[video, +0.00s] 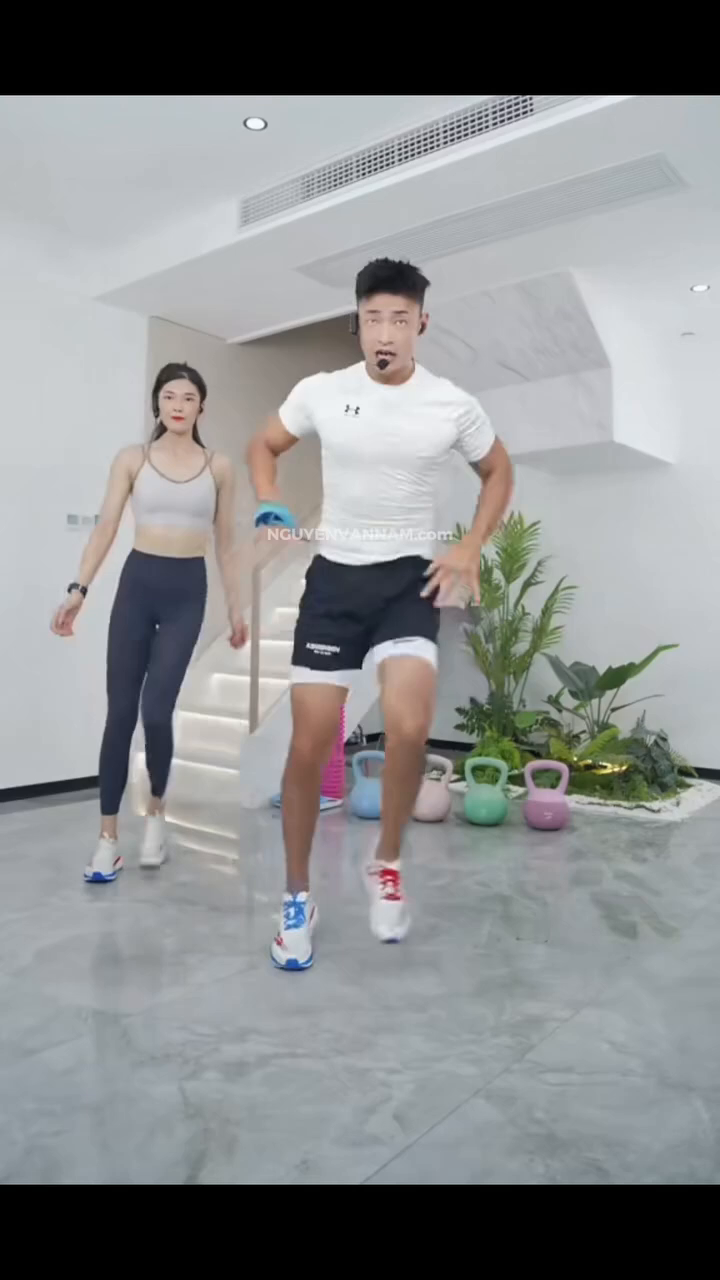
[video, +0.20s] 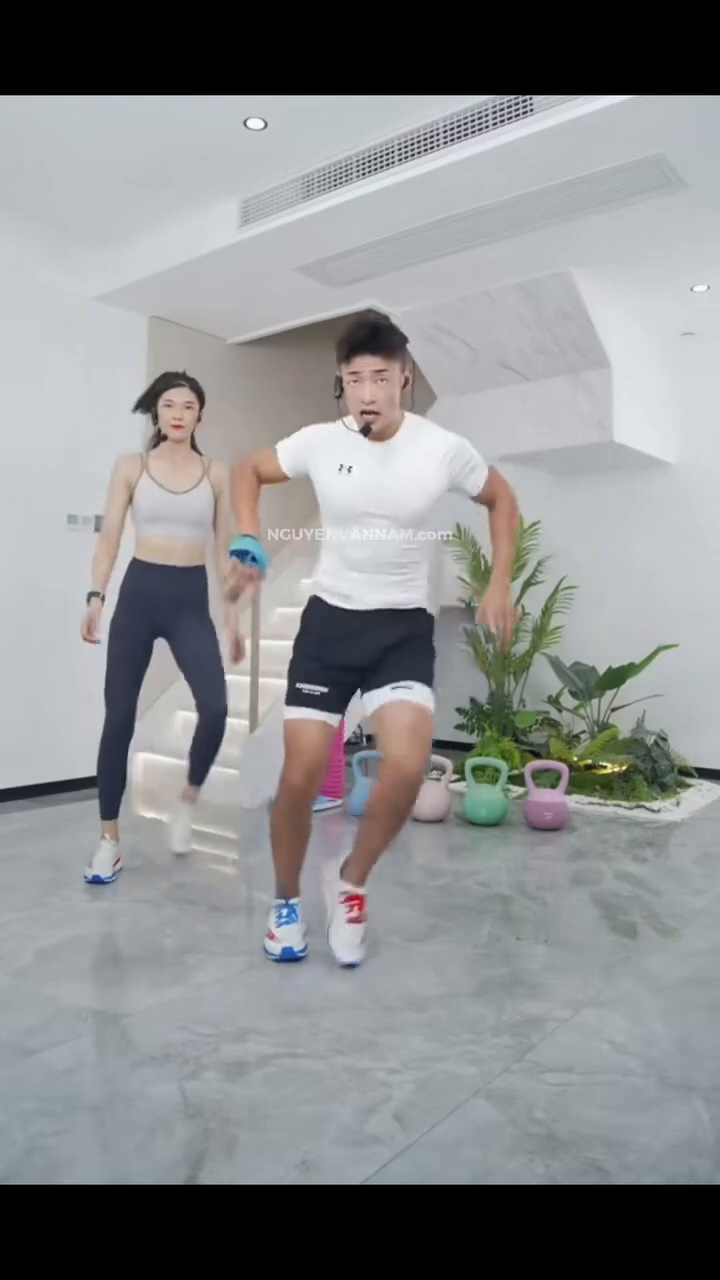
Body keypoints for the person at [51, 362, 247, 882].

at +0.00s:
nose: (179, 405)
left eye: (188, 398)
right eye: (170, 396)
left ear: (202, 406)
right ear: (157, 404)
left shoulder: (218, 467)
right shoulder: (133, 459)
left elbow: (226, 544)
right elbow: (106, 529)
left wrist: (236, 610)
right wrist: (79, 591)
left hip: (188, 594)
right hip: (135, 590)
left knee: (156, 713)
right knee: (121, 714)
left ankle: (155, 813)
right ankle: (108, 835)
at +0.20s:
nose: (180, 413)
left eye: (188, 406)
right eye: (171, 405)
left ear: (200, 415)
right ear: (156, 412)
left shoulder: (215, 473)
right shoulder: (131, 467)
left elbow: (224, 552)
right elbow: (109, 538)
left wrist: (232, 622)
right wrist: (96, 597)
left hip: (193, 601)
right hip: (138, 598)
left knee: (215, 710)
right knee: (119, 717)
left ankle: (187, 800)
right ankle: (109, 835)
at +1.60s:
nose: (176, 402)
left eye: (185, 395)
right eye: (168, 394)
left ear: (197, 404)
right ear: (153, 402)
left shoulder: (212, 459)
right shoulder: (129, 450)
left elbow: (252, 503)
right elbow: (67, 481)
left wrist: (210, 536)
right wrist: (110, 523)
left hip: (186, 586)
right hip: (134, 583)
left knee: (190, 705)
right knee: (112, 706)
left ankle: (190, 800)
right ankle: (92, 823)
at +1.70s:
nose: (171, 402)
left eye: (180, 395)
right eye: (163, 393)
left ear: (192, 402)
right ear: (146, 398)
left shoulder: (208, 456)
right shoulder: (125, 450)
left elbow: (255, 498)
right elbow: (59, 480)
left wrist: (212, 535)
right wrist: (99, 525)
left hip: (182, 585)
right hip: (132, 579)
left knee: (149, 706)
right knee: (109, 704)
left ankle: (135, 816)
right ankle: (90, 822)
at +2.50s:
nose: (270, 415)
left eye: (274, 406)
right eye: (261, 406)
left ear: (277, 410)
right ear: (235, 407)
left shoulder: (286, 458)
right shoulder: (207, 461)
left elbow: (314, 510)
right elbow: (194, 532)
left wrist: (315, 548)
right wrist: (189, 600)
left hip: (276, 581)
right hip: (227, 581)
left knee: (281, 703)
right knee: (226, 703)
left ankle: (292, 815)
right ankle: (241, 793)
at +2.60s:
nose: (278, 419)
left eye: (283, 411)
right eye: (271, 410)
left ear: (282, 414)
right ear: (245, 410)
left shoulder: (290, 461)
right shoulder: (209, 460)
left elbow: (298, 524)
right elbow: (198, 529)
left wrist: (310, 557)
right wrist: (201, 593)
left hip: (276, 581)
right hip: (229, 584)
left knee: (284, 700)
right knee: (253, 705)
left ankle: (295, 814)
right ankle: (268, 813)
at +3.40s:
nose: (174, 396)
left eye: (184, 389)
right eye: (167, 388)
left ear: (197, 401)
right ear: (153, 397)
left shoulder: (214, 462)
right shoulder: (129, 451)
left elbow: (219, 537)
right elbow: (104, 519)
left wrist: (227, 605)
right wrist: (85, 566)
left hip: (183, 584)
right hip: (130, 577)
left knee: (151, 701)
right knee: (116, 702)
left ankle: (150, 808)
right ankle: (105, 823)